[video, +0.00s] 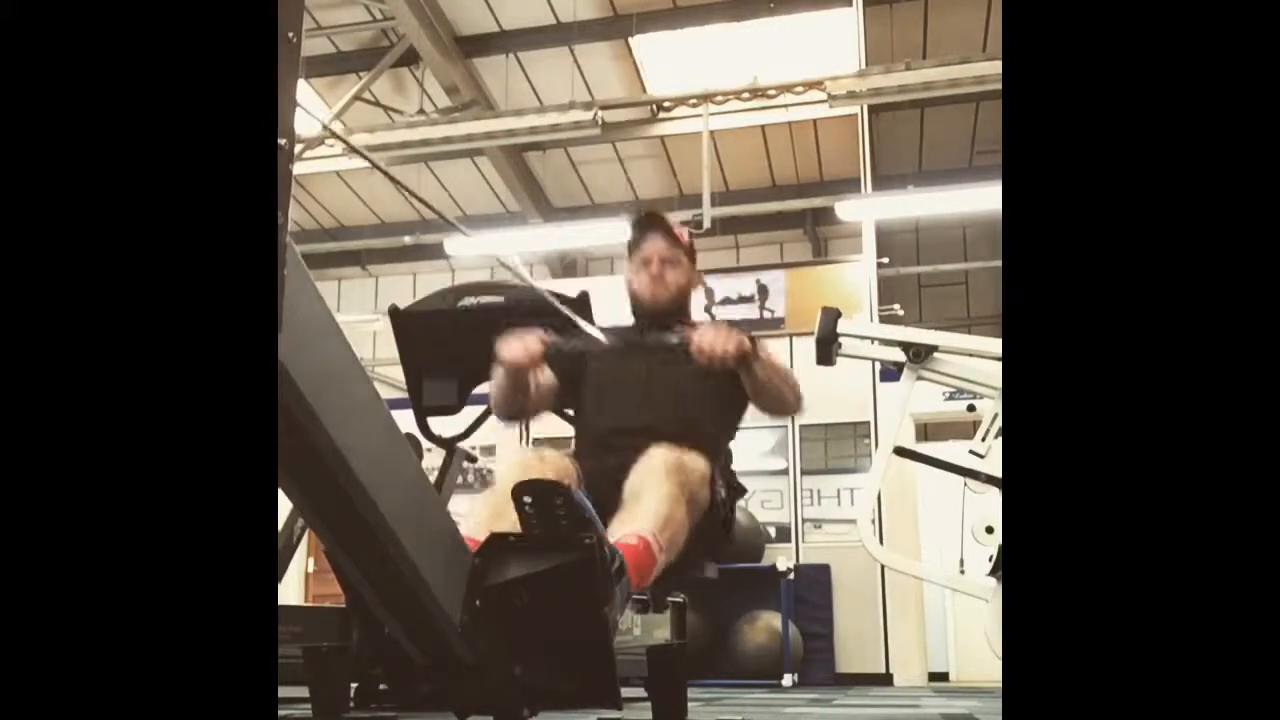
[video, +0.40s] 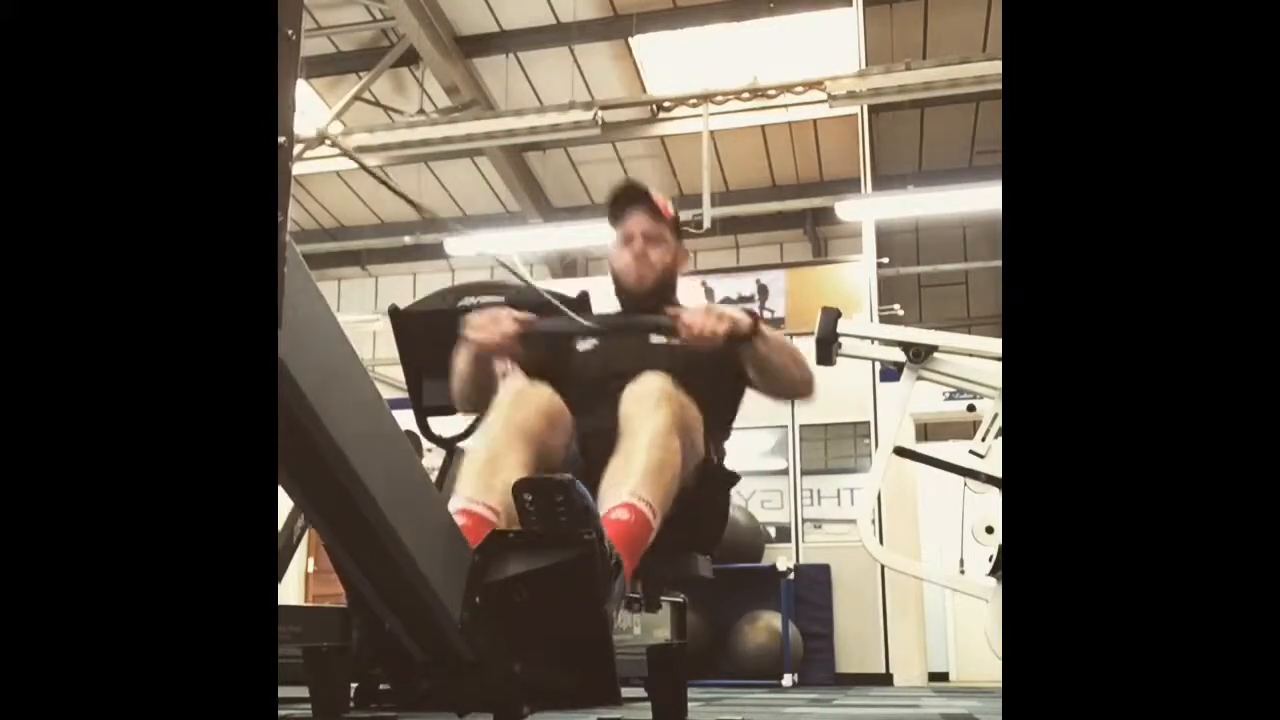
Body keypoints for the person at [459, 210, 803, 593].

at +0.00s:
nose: (655, 272)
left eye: (670, 262)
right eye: (643, 263)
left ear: (694, 277)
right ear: (627, 276)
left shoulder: (724, 345)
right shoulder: (594, 349)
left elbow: (787, 404)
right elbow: (511, 409)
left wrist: (747, 356)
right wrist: (513, 367)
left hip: (691, 488)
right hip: (592, 484)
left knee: (666, 462)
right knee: (533, 464)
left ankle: (609, 582)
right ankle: (470, 567)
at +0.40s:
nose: (638, 252)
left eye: (653, 241)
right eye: (626, 241)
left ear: (679, 256)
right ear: (611, 254)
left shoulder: (714, 331)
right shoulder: (569, 334)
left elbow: (800, 386)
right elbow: (471, 403)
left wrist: (747, 331)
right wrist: (474, 346)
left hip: (680, 504)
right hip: (565, 495)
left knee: (652, 391)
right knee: (526, 397)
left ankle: (607, 564)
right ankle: (454, 550)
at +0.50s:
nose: (622, 201)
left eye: (639, 191)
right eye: (609, 192)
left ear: (667, 210)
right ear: (592, 212)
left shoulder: (704, 288)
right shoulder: (552, 290)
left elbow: (769, 346)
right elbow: (473, 372)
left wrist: (724, 305)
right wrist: (442, 340)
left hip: (674, 489)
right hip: (555, 490)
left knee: (652, 358)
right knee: (505, 364)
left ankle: (607, 557)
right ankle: (446, 551)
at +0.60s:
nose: (600, 159)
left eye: (618, 149)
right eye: (586, 152)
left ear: (650, 169)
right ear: (569, 178)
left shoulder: (696, 253)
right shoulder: (520, 276)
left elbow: (741, 314)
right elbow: (447, 329)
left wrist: (697, 287)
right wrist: (390, 321)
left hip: (669, 489)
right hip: (549, 489)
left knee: (650, 341)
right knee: (487, 339)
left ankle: (606, 556)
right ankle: (441, 559)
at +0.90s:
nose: (624, 185)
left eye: (640, 175)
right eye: (610, 177)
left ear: (668, 194)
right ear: (593, 200)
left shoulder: (704, 268)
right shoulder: (562, 274)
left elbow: (746, 336)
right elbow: (485, 340)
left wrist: (705, 300)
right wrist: (442, 321)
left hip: (674, 472)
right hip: (559, 469)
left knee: (666, 390)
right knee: (514, 394)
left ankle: (610, 572)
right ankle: (451, 557)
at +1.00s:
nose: (647, 230)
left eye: (662, 222)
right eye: (636, 222)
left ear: (689, 238)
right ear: (622, 236)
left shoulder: (717, 303)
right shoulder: (590, 313)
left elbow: (764, 359)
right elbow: (514, 364)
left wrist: (728, 314)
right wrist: (490, 331)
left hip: (688, 476)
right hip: (582, 471)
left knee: (666, 424)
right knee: (521, 428)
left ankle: (609, 572)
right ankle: (451, 556)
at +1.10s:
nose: (658, 282)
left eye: (673, 273)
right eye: (647, 272)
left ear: (697, 288)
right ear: (632, 286)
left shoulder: (724, 353)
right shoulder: (599, 353)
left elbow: (794, 413)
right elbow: (514, 420)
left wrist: (750, 367)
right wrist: (519, 379)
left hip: (695, 485)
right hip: (595, 484)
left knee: (663, 460)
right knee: (536, 468)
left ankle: (613, 578)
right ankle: (471, 564)